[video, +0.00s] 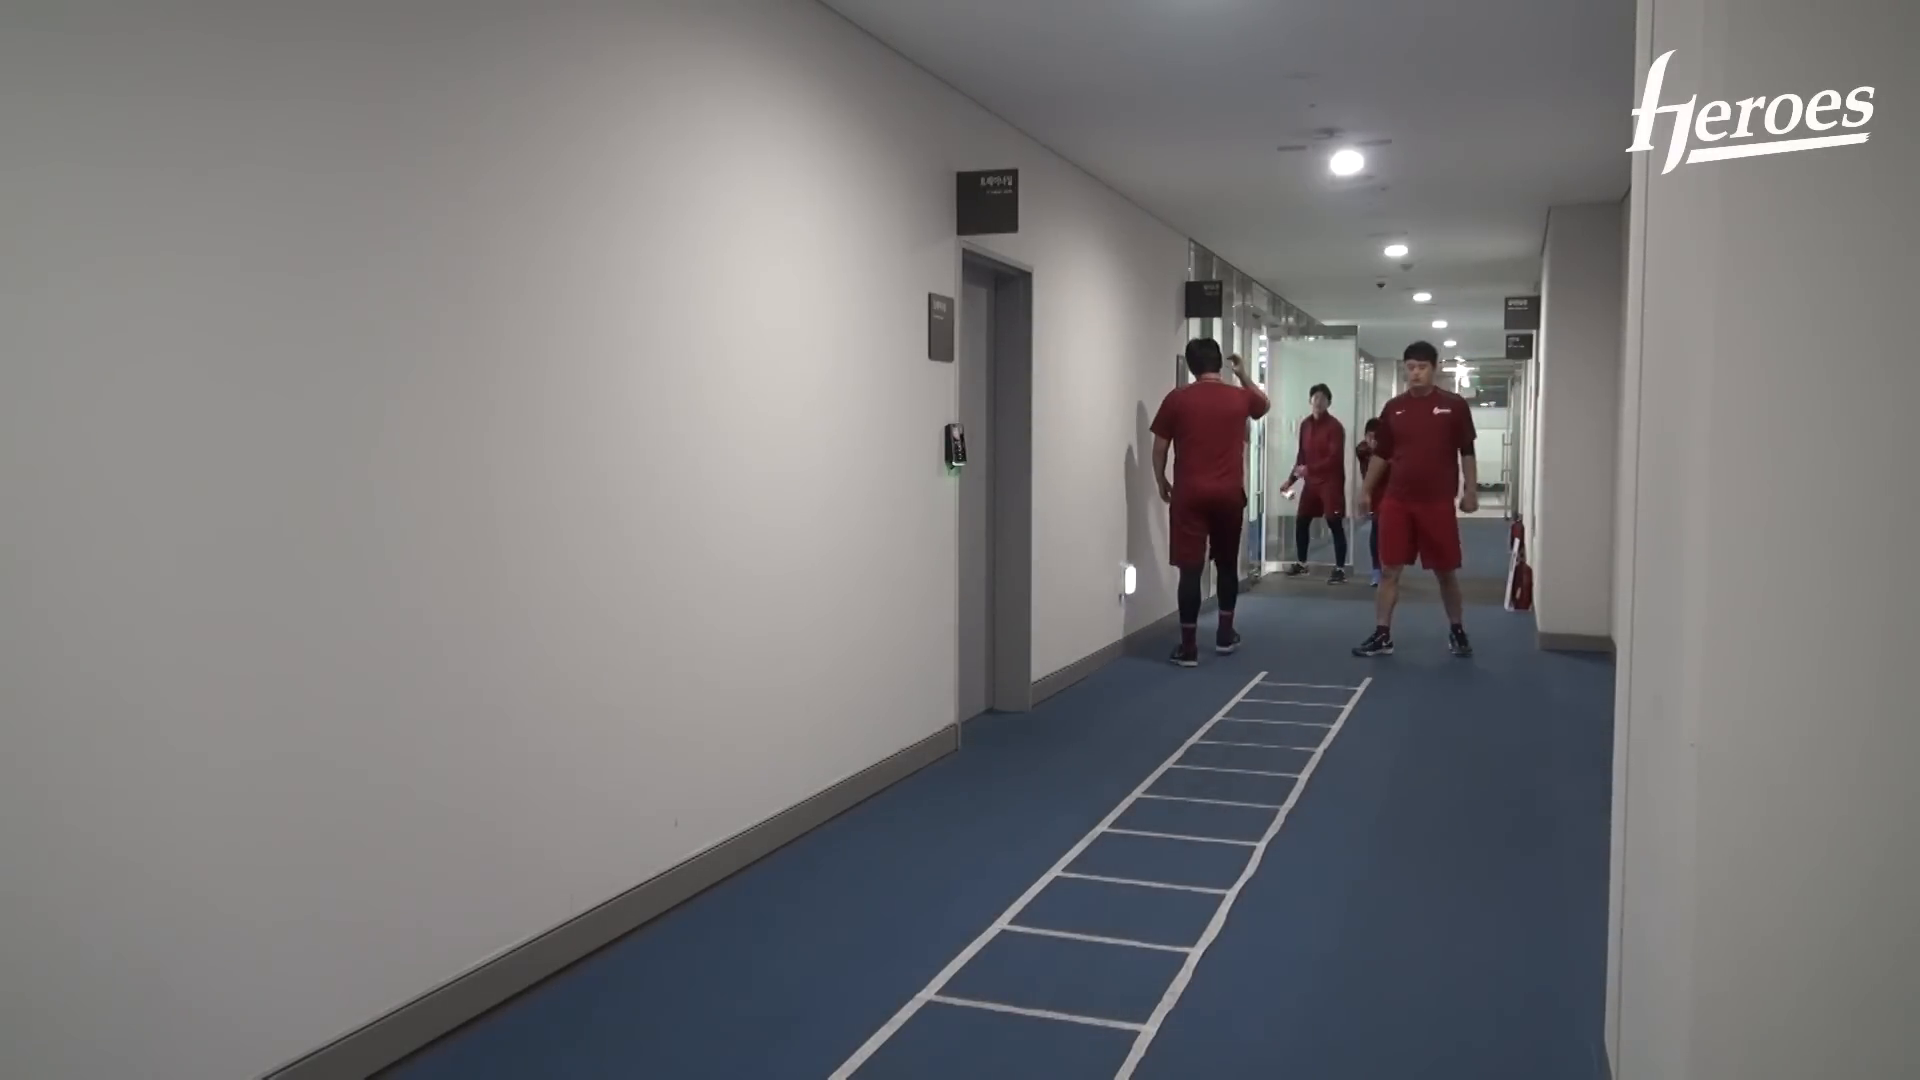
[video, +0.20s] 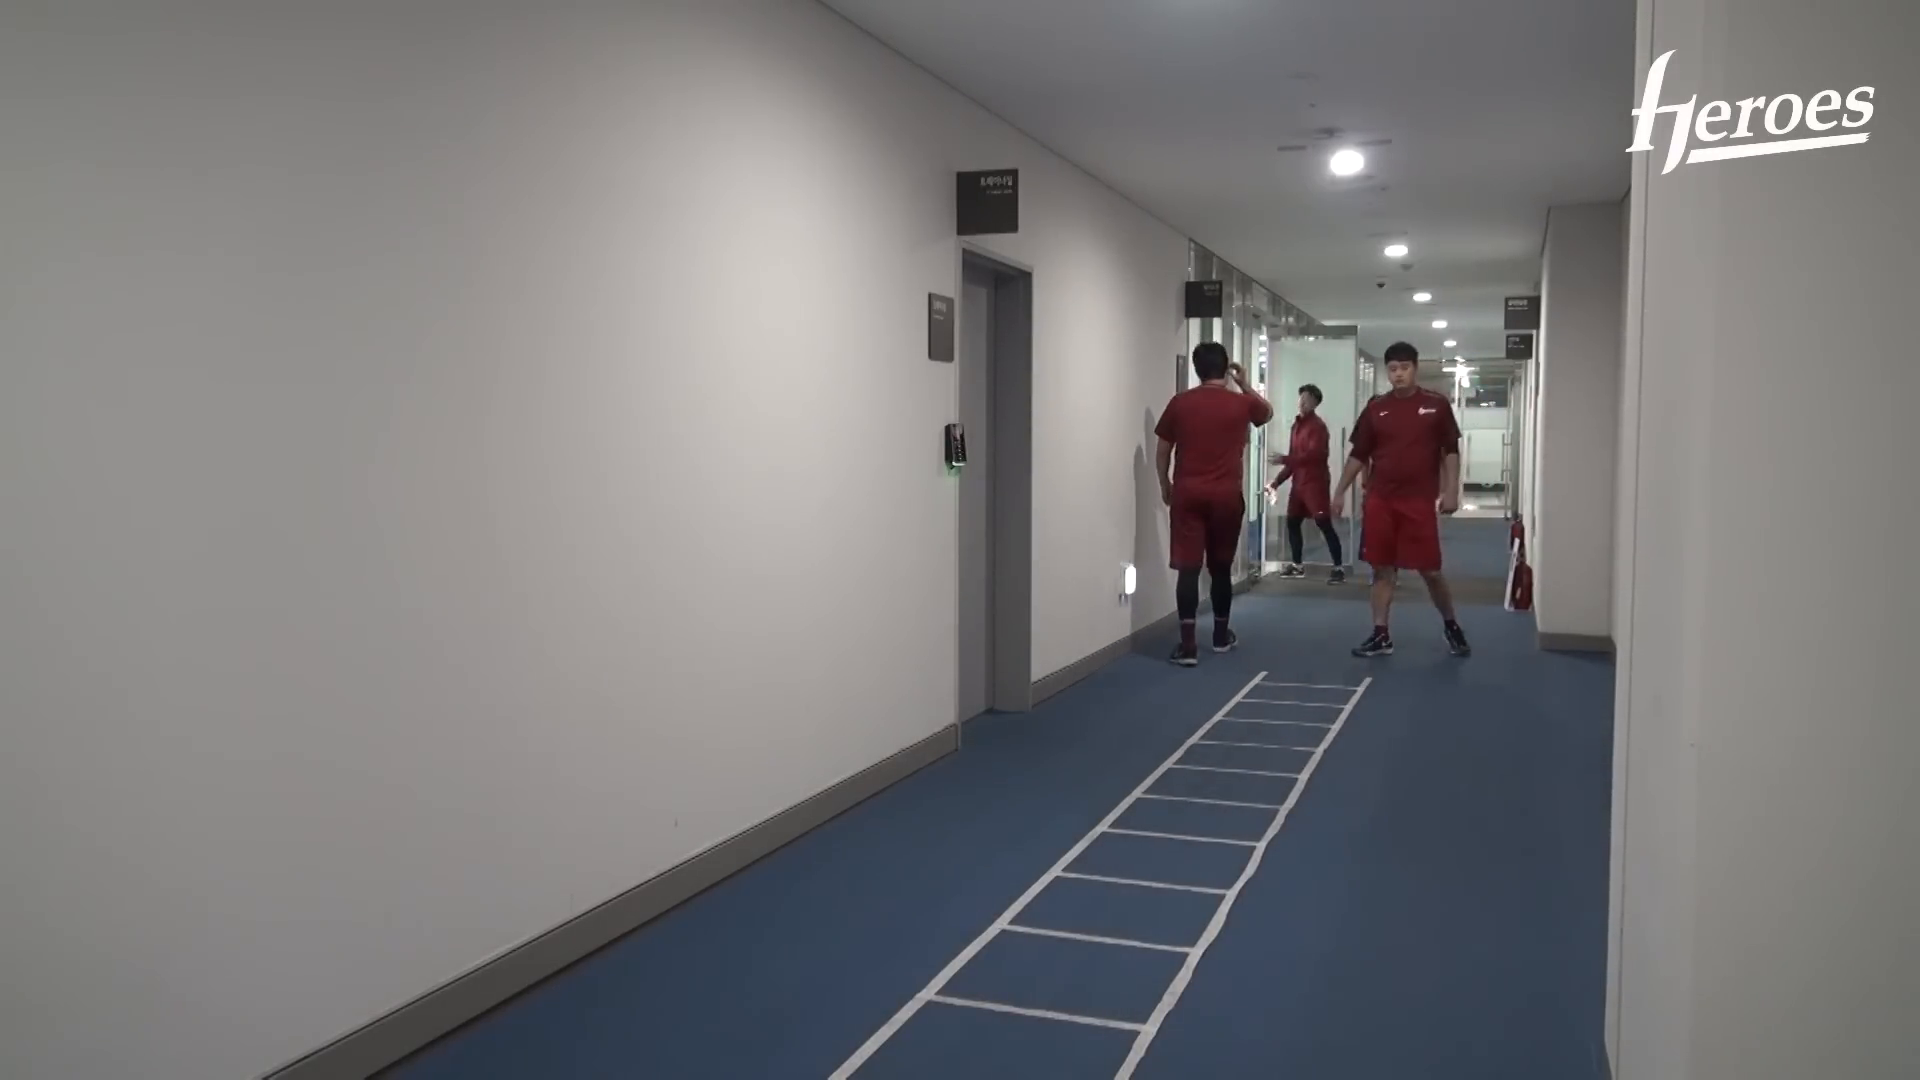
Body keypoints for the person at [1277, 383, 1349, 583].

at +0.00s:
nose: (1318, 402)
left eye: (1322, 398)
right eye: (1315, 397)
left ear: (1328, 402)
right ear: (1310, 400)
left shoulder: (1335, 427)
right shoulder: (1305, 425)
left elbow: (1334, 459)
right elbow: (1302, 456)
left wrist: (1309, 469)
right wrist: (1290, 480)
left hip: (1331, 483)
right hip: (1311, 482)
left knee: (1334, 520)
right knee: (1302, 520)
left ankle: (1339, 567)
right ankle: (1301, 563)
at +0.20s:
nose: (1302, 401)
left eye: (1307, 398)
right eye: (1301, 397)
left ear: (1315, 402)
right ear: (1299, 399)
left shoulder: (1318, 426)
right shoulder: (1297, 425)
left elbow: (1315, 455)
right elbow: (1295, 460)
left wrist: (1286, 460)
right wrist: (1276, 482)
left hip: (1316, 482)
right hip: (1299, 482)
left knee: (1323, 522)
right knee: (1293, 521)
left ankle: (1338, 567)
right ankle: (1297, 564)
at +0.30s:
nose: (1292, 403)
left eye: (1296, 400)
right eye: (1292, 399)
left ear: (1306, 403)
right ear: (1294, 401)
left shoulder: (1309, 427)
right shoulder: (1294, 425)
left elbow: (1304, 459)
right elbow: (1290, 459)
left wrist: (1277, 462)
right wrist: (1272, 479)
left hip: (1306, 483)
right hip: (1291, 481)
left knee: (1313, 522)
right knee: (1290, 522)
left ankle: (1334, 564)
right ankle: (1296, 564)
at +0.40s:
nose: (1283, 402)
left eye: (1287, 399)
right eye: (1284, 398)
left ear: (1297, 403)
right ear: (1290, 401)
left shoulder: (1298, 426)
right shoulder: (1288, 424)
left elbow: (1295, 459)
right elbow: (1285, 458)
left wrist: (1273, 463)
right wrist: (1270, 474)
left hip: (1297, 480)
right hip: (1286, 480)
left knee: (1298, 523)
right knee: (1288, 523)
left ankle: (1324, 562)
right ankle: (1296, 564)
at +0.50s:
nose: (1273, 402)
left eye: (1277, 398)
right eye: (1274, 398)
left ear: (1286, 400)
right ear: (1287, 400)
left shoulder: (1287, 425)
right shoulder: (1285, 423)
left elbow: (1287, 455)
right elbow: (1284, 455)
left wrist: (1269, 462)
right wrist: (1270, 466)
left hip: (1289, 478)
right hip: (1286, 477)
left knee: (1281, 519)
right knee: (1285, 520)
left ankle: (1302, 558)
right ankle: (1297, 560)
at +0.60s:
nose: (1269, 406)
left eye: (1274, 401)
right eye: (1274, 400)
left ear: (1275, 404)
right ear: (1285, 404)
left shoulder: (1278, 425)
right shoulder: (1285, 425)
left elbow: (1283, 452)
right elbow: (1284, 452)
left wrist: (1264, 461)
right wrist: (1268, 465)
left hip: (1280, 477)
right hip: (1288, 476)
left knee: (1264, 519)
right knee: (1288, 520)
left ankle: (1283, 558)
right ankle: (1296, 562)